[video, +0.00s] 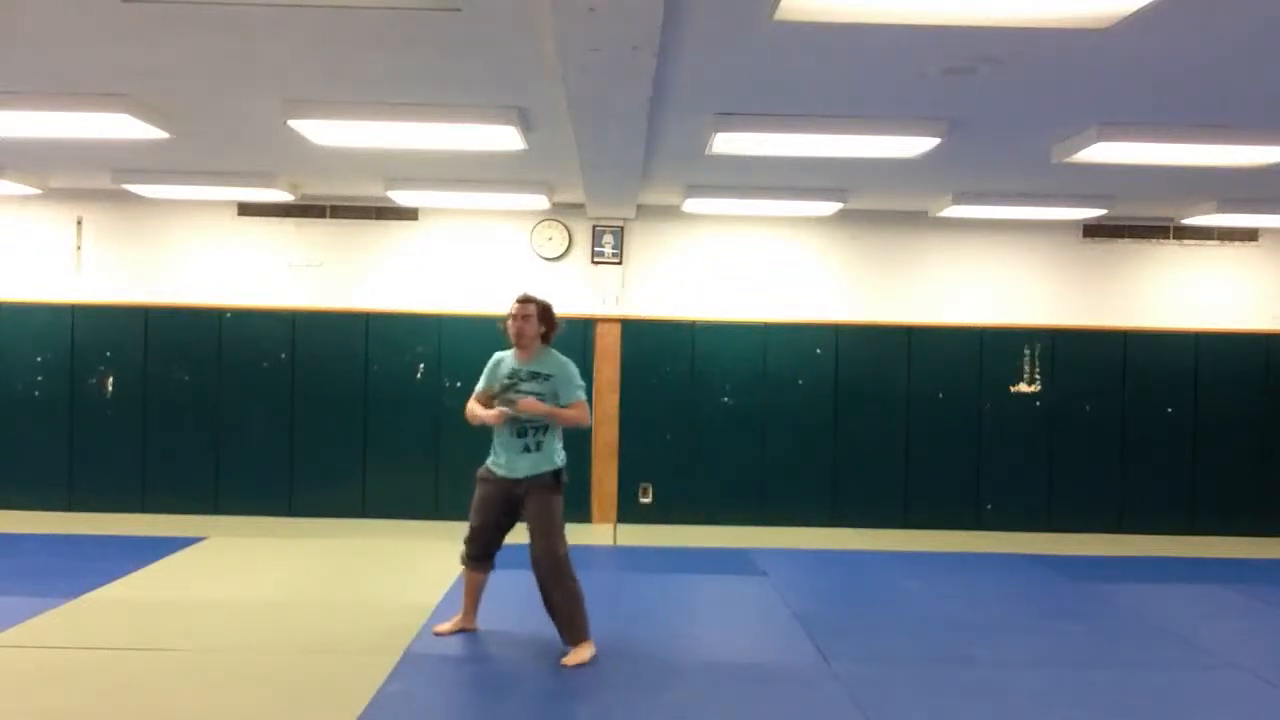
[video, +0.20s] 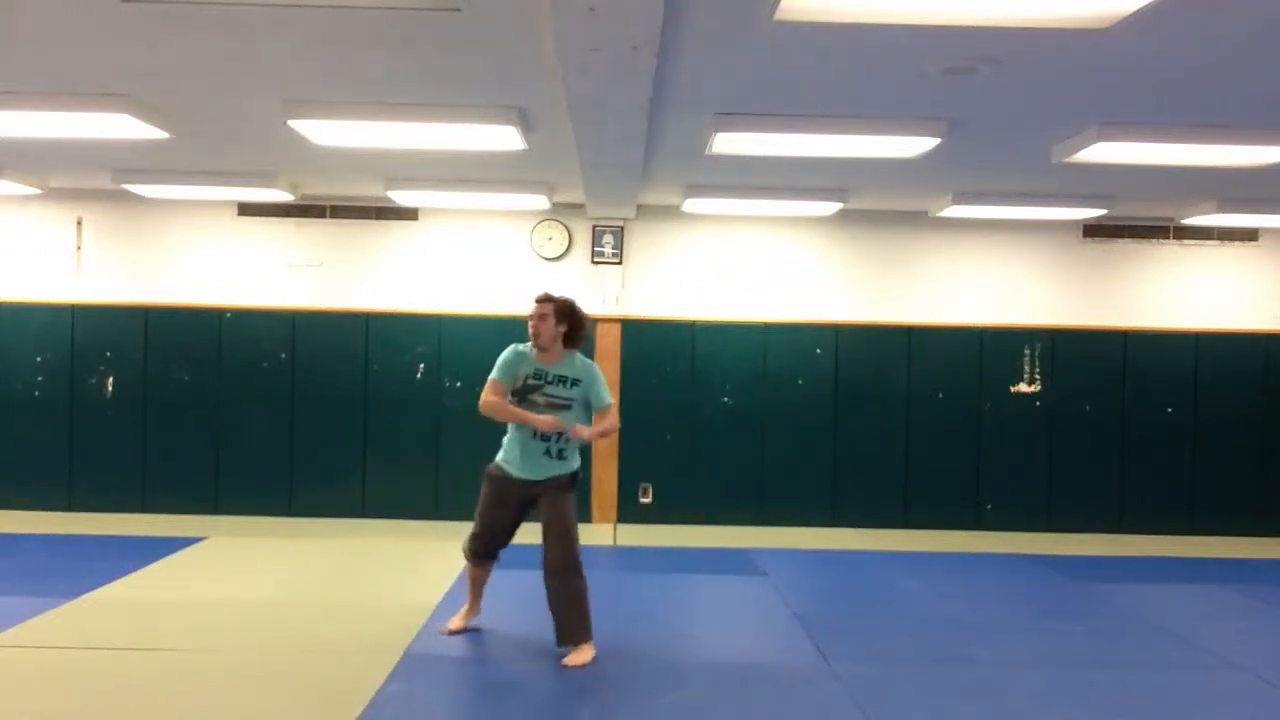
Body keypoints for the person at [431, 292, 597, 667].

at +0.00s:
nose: (519, 324)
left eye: (527, 318)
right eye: (515, 318)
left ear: (543, 325)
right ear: (508, 323)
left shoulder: (561, 367)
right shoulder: (498, 362)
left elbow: (582, 416)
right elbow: (471, 407)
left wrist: (540, 410)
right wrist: (485, 414)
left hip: (542, 474)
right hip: (498, 472)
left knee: (549, 556)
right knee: (477, 545)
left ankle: (581, 642)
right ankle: (467, 617)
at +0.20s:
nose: (533, 324)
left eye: (542, 318)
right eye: (532, 318)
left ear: (563, 326)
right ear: (530, 323)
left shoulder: (586, 370)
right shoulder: (516, 356)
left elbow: (610, 420)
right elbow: (487, 403)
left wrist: (590, 431)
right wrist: (534, 419)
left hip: (557, 477)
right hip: (509, 471)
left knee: (562, 559)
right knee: (481, 546)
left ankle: (581, 642)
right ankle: (471, 607)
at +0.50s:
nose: (501, 329)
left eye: (509, 324)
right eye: (502, 323)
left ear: (531, 332)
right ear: (511, 331)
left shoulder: (566, 370)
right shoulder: (496, 367)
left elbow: (590, 420)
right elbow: (477, 411)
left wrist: (597, 469)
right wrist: (515, 443)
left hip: (556, 476)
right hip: (508, 474)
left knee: (564, 558)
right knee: (486, 545)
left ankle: (581, 642)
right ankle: (507, 603)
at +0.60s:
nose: (477, 330)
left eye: (484, 324)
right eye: (479, 323)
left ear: (506, 333)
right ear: (495, 334)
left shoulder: (549, 372)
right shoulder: (481, 365)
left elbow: (586, 409)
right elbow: (445, 394)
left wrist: (598, 460)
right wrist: (485, 407)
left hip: (545, 477)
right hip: (503, 476)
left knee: (556, 560)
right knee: (493, 553)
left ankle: (579, 643)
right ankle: (511, 611)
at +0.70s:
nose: (456, 327)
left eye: (461, 322)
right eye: (457, 321)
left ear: (481, 327)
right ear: (479, 329)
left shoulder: (524, 358)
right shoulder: (466, 362)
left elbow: (576, 388)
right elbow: (425, 379)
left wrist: (592, 438)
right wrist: (463, 382)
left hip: (534, 458)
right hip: (507, 464)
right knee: (494, 532)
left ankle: (561, 615)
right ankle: (509, 606)